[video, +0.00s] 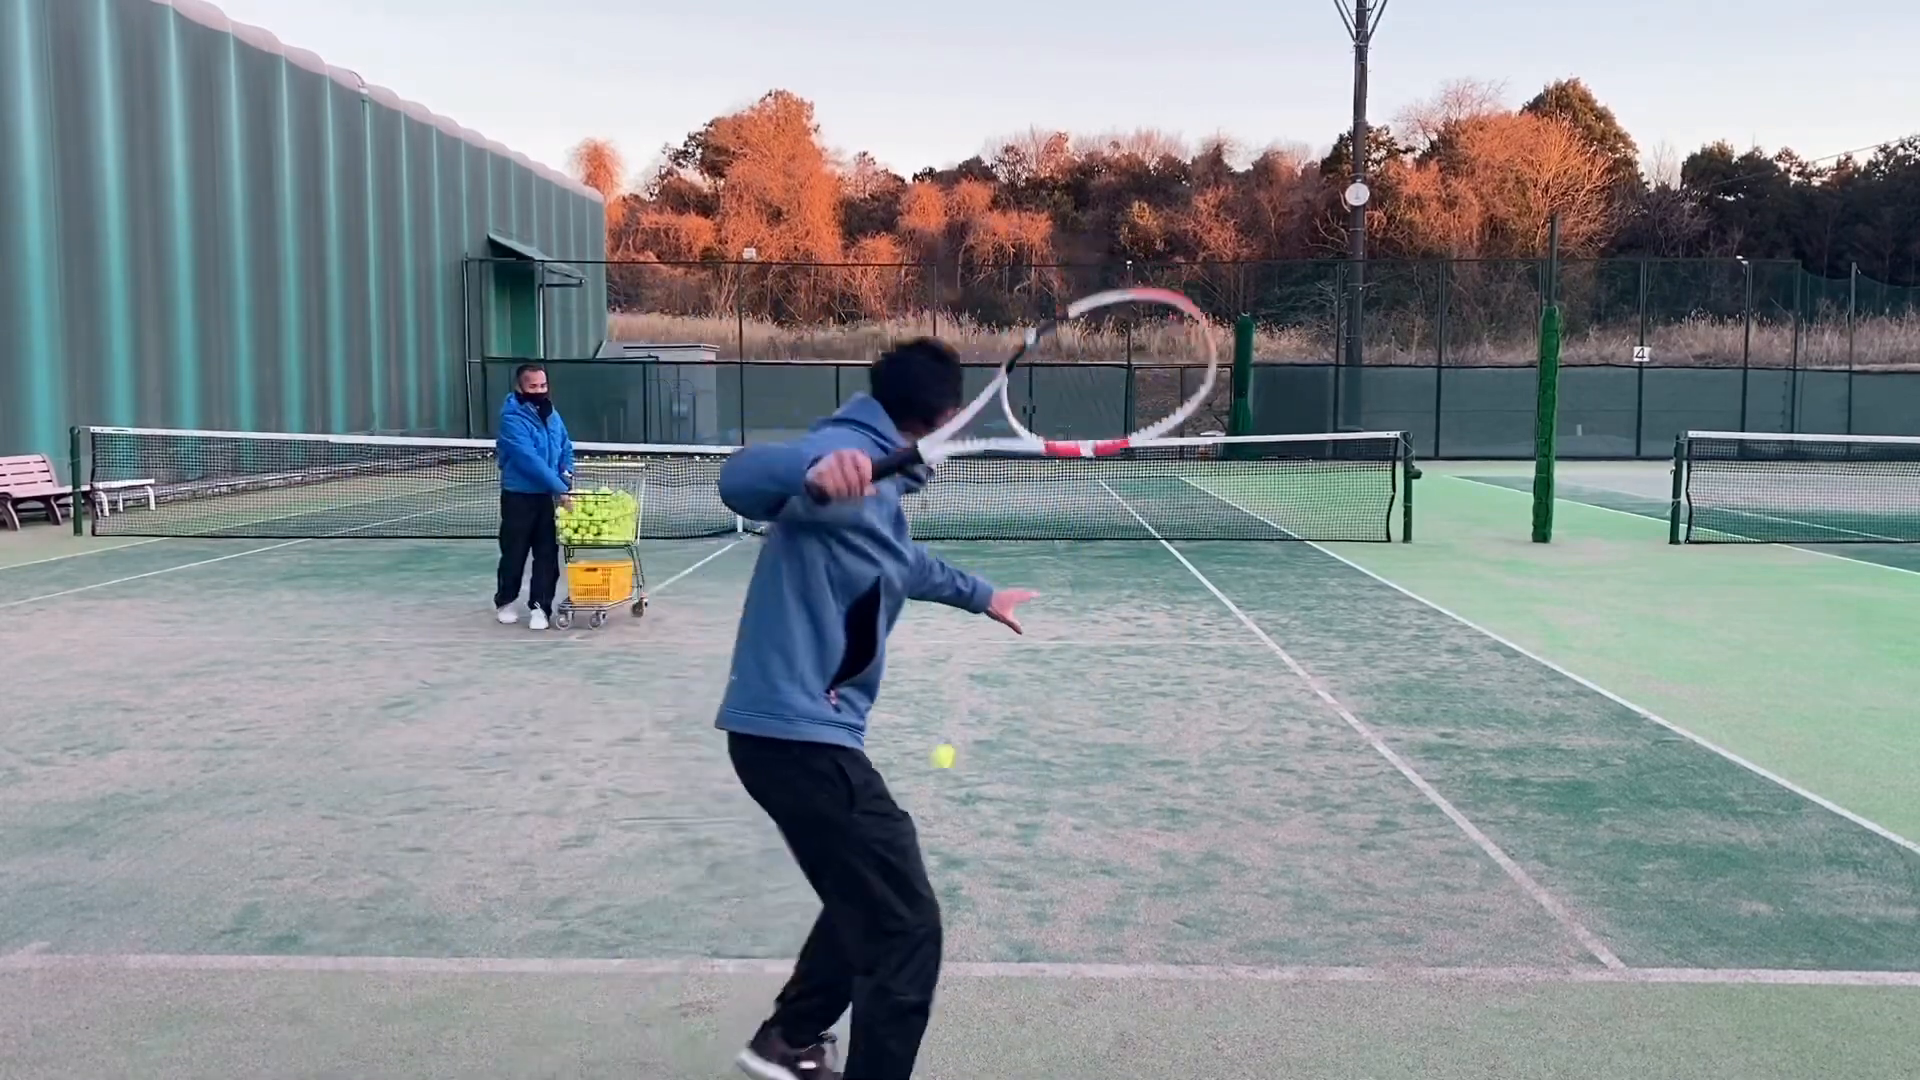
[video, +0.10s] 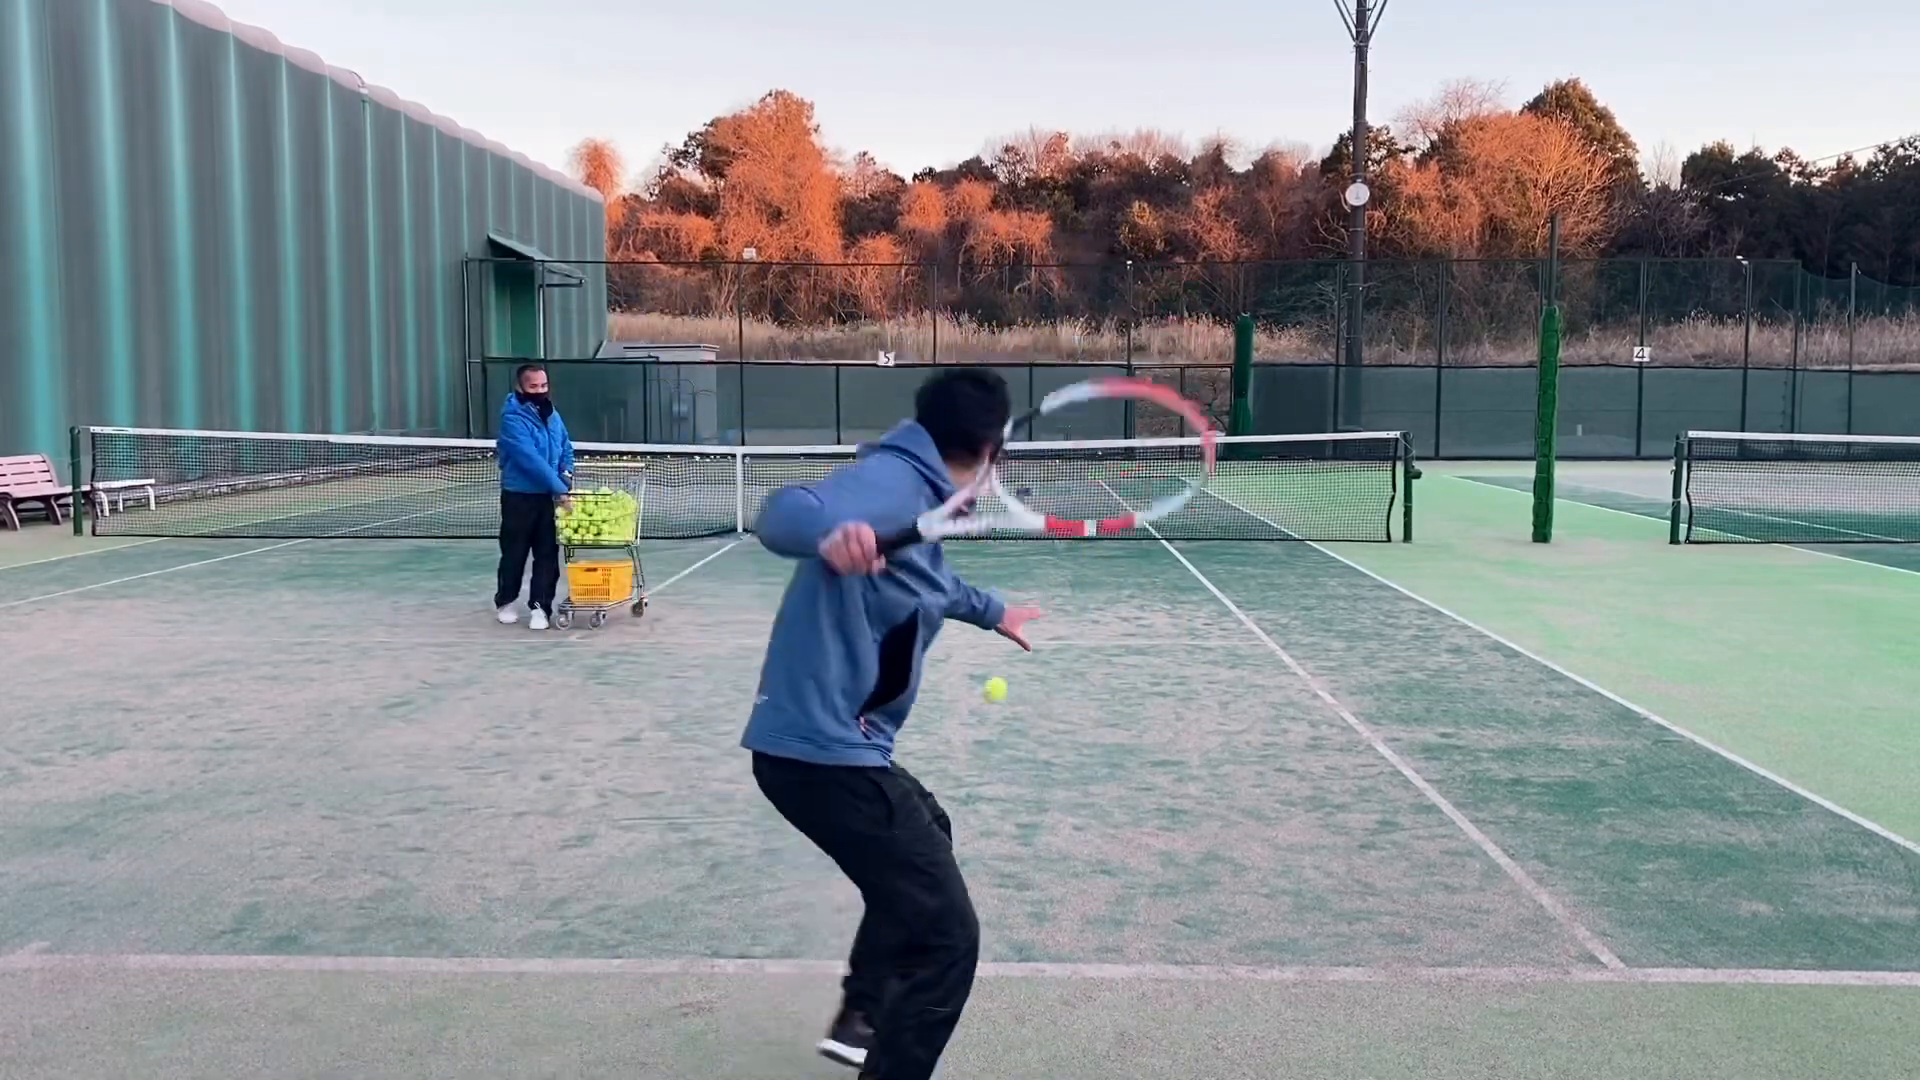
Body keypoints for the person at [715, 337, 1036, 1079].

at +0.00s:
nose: (946, 435)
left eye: (948, 422)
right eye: (945, 421)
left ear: (885, 396)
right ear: (926, 417)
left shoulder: (878, 484)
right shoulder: (847, 449)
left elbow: (904, 564)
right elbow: (736, 480)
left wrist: (979, 594)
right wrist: (809, 470)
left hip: (806, 728)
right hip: (794, 733)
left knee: (870, 893)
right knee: (907, 927)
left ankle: (788, 1038)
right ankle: (872, 1072)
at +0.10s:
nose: (992, 469)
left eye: (994, 454)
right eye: (995, 453)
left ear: (932, 429)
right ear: (984, 451)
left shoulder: (913, 498)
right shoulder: (890, 481)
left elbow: (925, 583)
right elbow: (779, 513)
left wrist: (992, 610)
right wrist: (829, 533)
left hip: (839, 741)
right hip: (816, 752)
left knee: (930, 834)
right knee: (944, 933)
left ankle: (863, 1017)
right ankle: (891, 1070)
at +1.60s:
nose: (709, 322)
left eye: (711, 311)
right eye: (717, 310)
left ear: (719, 316)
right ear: (796, 312)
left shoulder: (685, 411)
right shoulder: (849, 415)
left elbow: (635, 533)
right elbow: (884, 538)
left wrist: (700, 508)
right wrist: (807, 547)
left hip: (717, 674)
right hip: (817, 672)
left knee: (724, 849)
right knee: (807, 849)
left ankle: (738, 1039)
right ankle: (803, 1046)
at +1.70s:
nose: (674, 349)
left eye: (675, 339)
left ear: (679, 345)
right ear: (759, 343)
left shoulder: (642, 444)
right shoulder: (809, 449)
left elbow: (581, 564)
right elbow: (845, 573)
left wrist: (660, 542)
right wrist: (765, 566)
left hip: (666, 714)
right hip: (773, 718)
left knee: (632, 870)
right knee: (773, 883)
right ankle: (778, 1060)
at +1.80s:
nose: (626, 375)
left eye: (627, 364)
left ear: (630, 376)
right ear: (712, 376)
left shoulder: (586, 472)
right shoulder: (752, 483)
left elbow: (523, 588)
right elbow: (789, 611)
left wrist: (595, 575)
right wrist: (708, 605)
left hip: (606, 752)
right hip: (721, 753)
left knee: (529, 894)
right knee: (763, 906)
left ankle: (443, 1053)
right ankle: (776, 1064)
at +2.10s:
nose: (542, 342)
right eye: (539, 333)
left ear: (447, 343)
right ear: (533, 345)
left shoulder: (392, 433)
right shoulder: (564, 456)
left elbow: (336, 545)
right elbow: (600, 587)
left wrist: (420, 533)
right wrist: (526, 569)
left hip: (411, 726)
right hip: (528, 729)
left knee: (382, 890)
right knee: (589, 884)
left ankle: (356, 1060)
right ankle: (630, 1055)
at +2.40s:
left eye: (357, 356)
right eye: (459, 360)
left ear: (364, 367)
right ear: (452, 369)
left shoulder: (313, 458)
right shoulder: (484, 478)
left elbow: (251, 574)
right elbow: (517, 619)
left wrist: (334, 558)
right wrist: (437, 605)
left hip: (322, 748)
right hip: (435, 755)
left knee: (290, 905)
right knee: (471, 917)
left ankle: (262, 1066)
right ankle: (452, 1069)